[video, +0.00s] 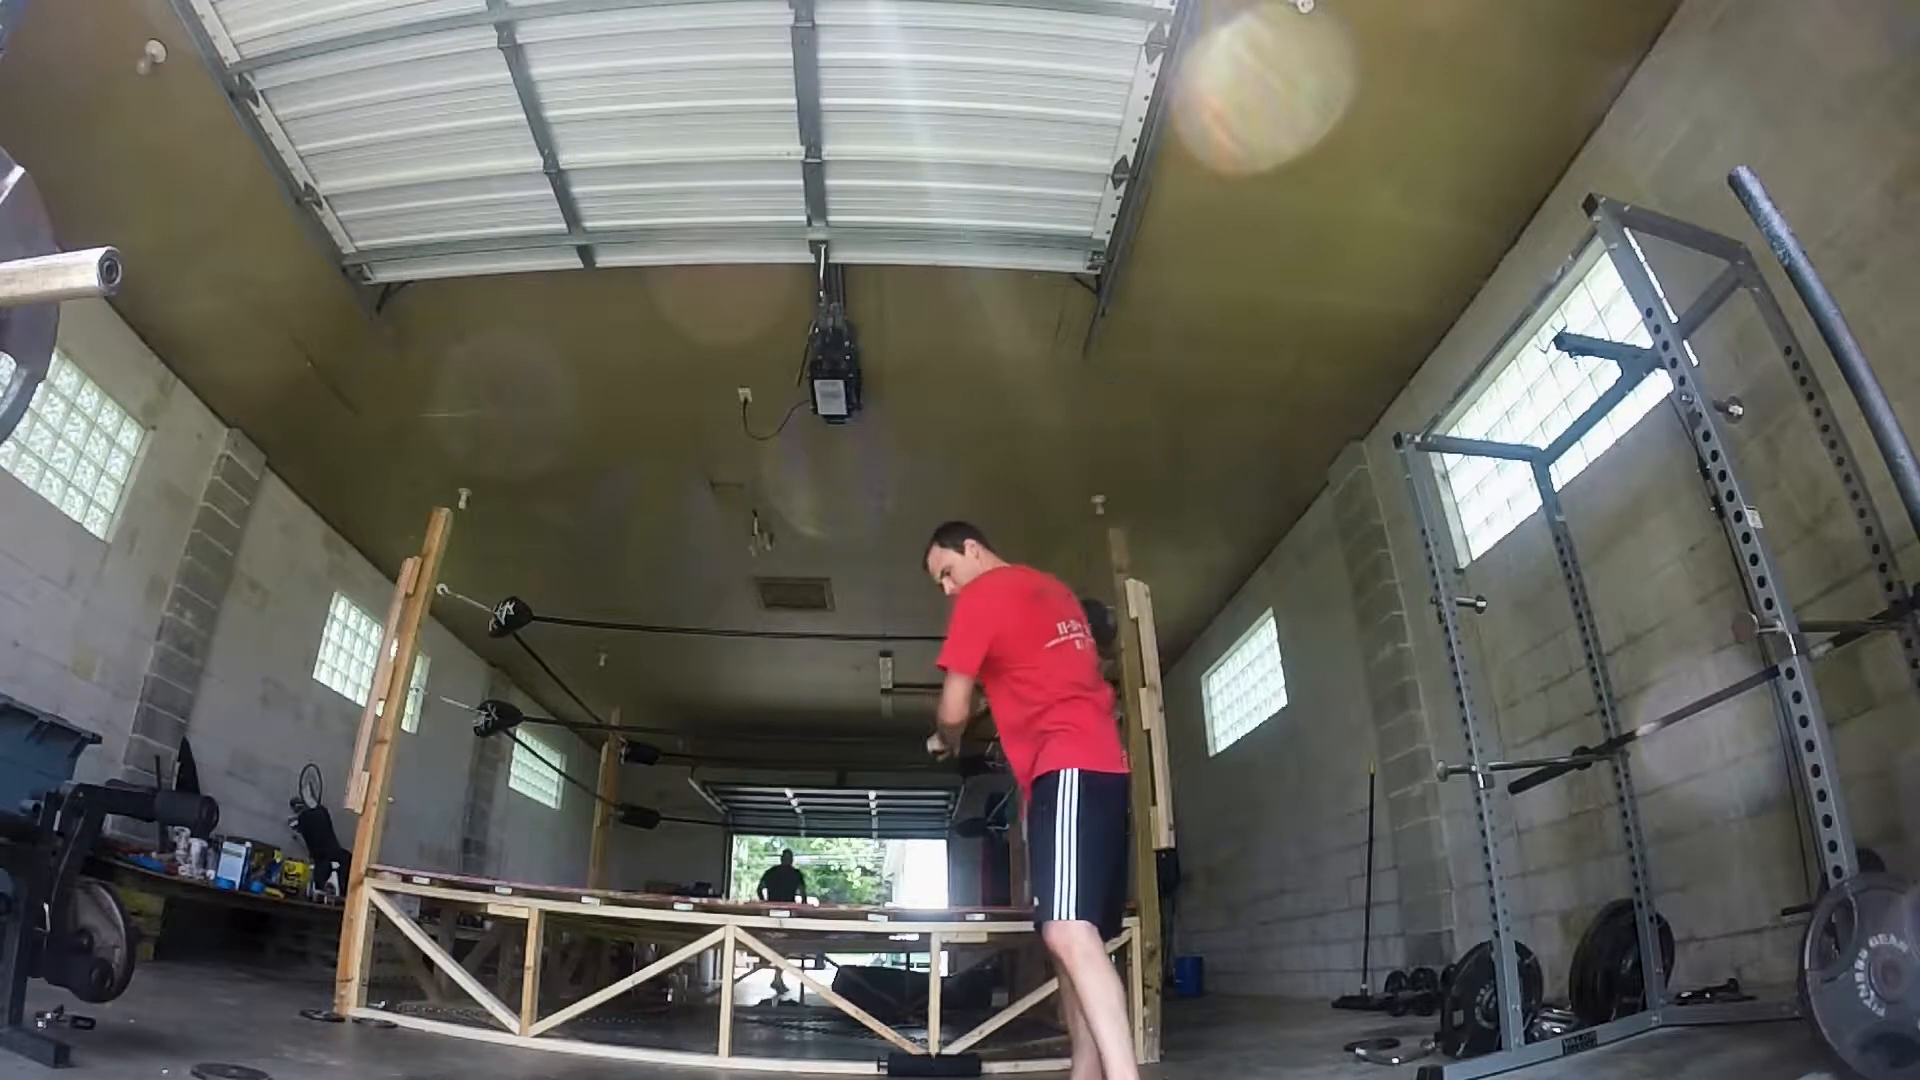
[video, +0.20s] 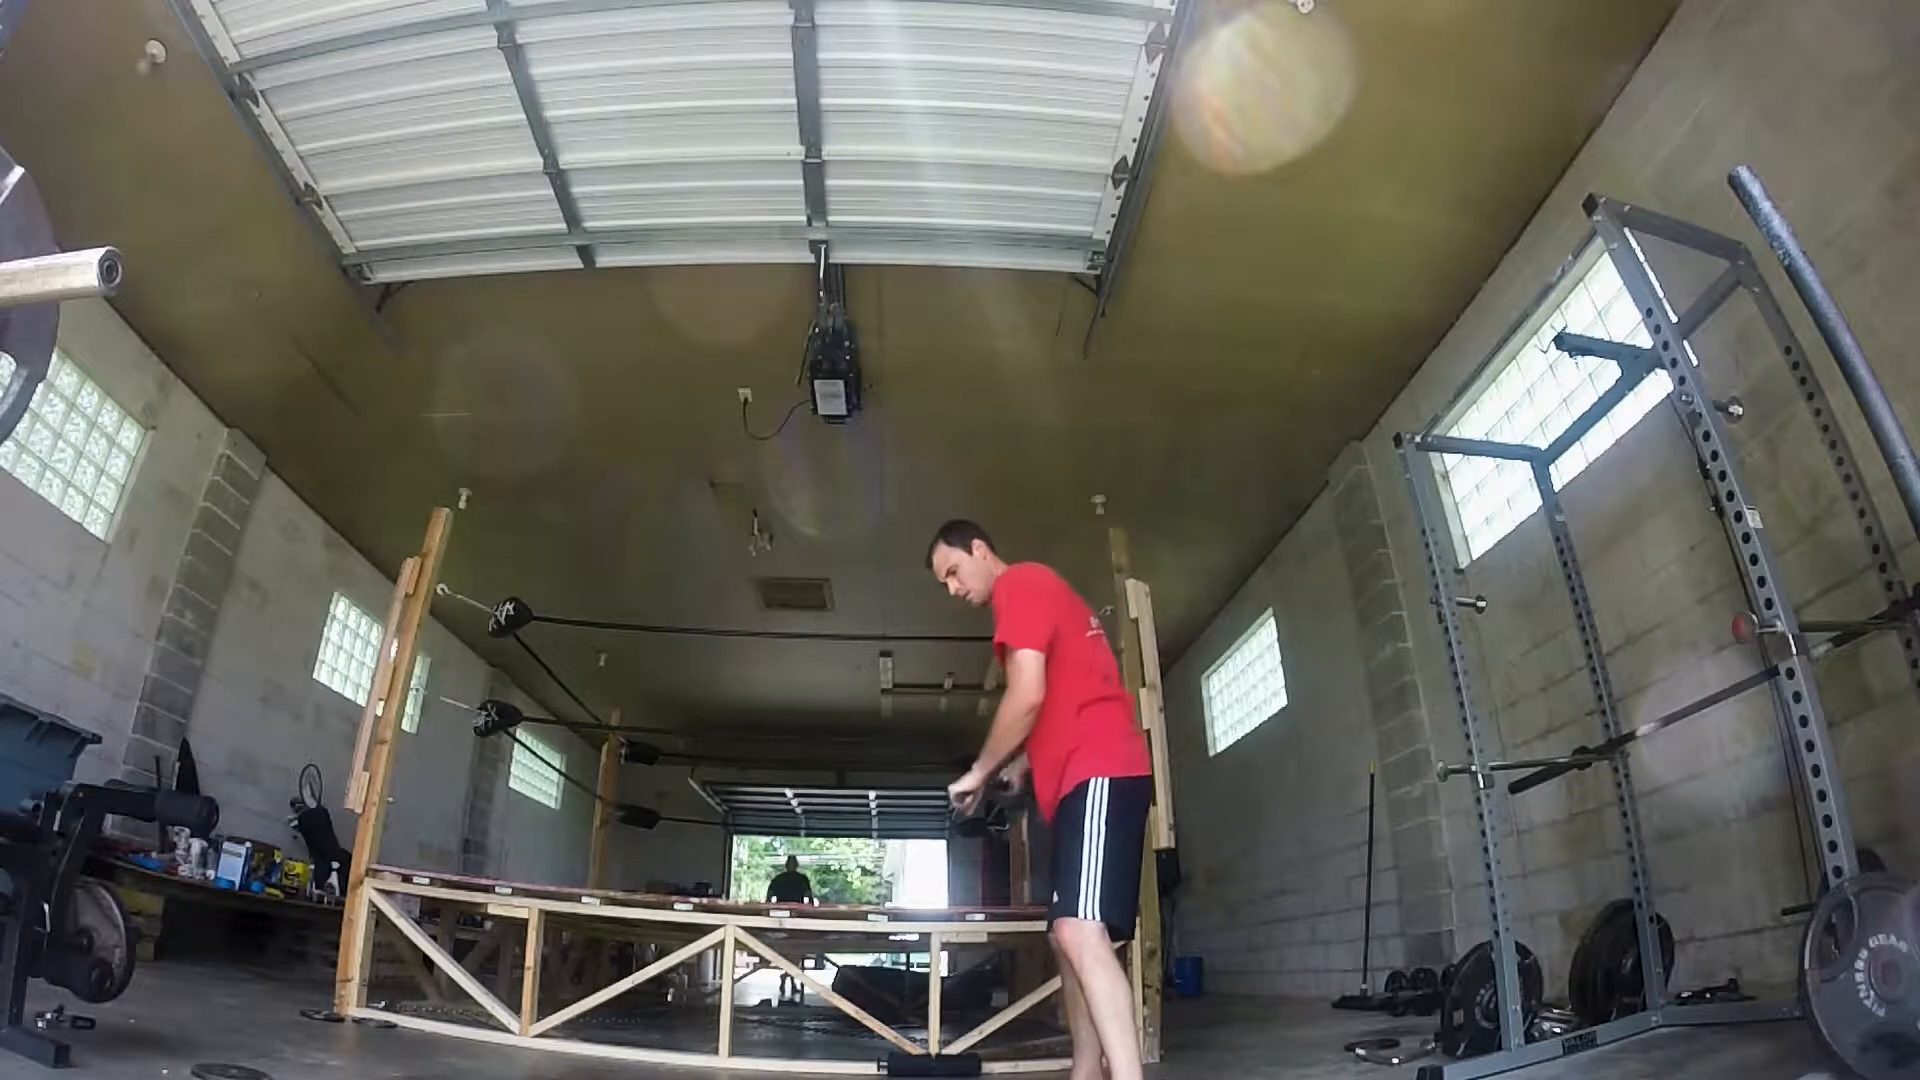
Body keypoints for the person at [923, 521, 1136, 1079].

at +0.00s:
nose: (947, 588)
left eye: (945, 573)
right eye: (940, 581)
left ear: (972, 547)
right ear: (980, 551)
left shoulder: (981, 595)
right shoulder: (1052, 585)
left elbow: (954, 710)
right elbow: (1078, 675)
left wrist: (944, 740)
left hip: (1068, 768)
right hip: (1101, 765)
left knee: (1068, 931)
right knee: (1074, 934)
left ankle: (1124, 1074)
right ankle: (1086, 1073)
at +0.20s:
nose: (952, 588)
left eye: (951, 572)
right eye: (944, 581)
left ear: (980, 549)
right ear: (969, 564)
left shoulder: (1022, 583)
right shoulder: (1029, 591)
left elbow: (1027, 694)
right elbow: (1066, 701)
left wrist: (980, 770)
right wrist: (1022, 762)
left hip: (1103, 768)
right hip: (1087, 772)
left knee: (1081, 930)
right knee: (1068, 933)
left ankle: (1128, 1075)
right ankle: (1087, 1071)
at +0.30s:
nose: (956, 586)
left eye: (956, 570)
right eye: (947, 581)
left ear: (984, 548)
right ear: (959, 578)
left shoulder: (1040, 576)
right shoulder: (1016, 638)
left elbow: (1075, 668)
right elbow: (1036, 734)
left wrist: (1019, 758)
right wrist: (1005, 800)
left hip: (1118, 768)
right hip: (1081, 784)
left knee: (1092, 927)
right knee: (1066, 935)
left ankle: (1131, 1074)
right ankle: (1087, 1072)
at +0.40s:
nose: (958, 584)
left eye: (959, 567)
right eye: (950, 579)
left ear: (987, 545)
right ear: (958, 580)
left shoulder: (1057, 566)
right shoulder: (1007, 655)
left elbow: (1129, 629)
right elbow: (1014, 759)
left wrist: (1070, 724)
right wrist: (960, 843)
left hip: (1128, 766)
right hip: (1078, 788)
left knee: (1102, 924)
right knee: (1067, 939)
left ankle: (1136, 1074)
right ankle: (1087, 1072)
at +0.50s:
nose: (963, 581)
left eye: (963, 563)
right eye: (954, 576)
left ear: (990, 540)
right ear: (960, 578)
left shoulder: (1075, 562)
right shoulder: (1000, 653)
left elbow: (1174, 596)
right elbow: (999, 758)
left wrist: (1132, 668)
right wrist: (951, 848)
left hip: (1133, 764)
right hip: (1078, 791)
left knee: (1108, 924)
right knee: (1065, 939)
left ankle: (1138, 1075)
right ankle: (1087, 1073)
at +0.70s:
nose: (967, 570)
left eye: (966, 552)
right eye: (956, 565)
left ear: (993, 528)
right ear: (958, 568)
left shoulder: (1093, 552)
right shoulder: (988, 634)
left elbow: (1175, 579)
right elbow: (992, 715)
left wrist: (1174, 609)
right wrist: (965, 789)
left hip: (1134, 754)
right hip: (1071, 776)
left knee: (1110, 920)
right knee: (1060, 941)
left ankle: (1140, 1076)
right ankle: (1085, 1073)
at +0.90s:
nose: (961, 566)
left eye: (961, 549)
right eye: (950, 561)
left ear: (988, 525)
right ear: (950, 564)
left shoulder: (1082, 552)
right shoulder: (978, 622)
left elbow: (1141, 601)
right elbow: (1003, 673)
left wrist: (1168, 609)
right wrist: (1028, 706)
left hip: (1133, 748)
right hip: (1068, 770)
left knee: (1108, 920)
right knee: (1052, 941)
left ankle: (1139, 1076)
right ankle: (1082, 1072)